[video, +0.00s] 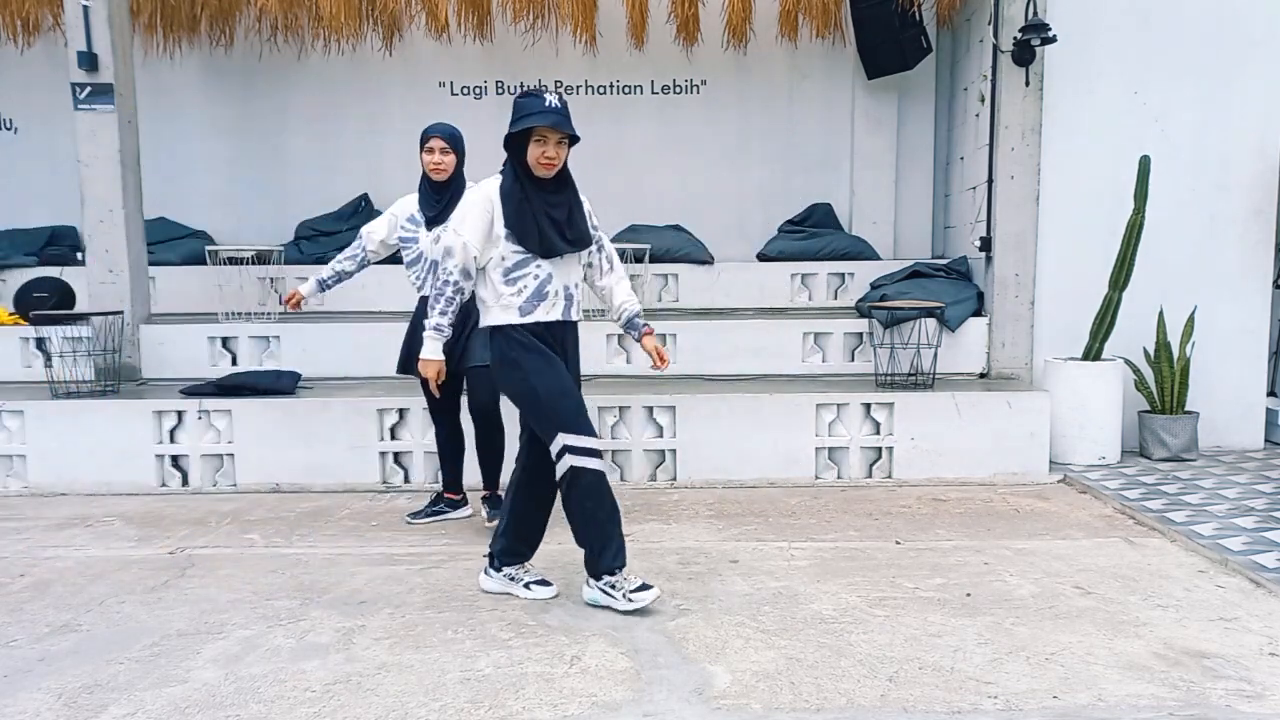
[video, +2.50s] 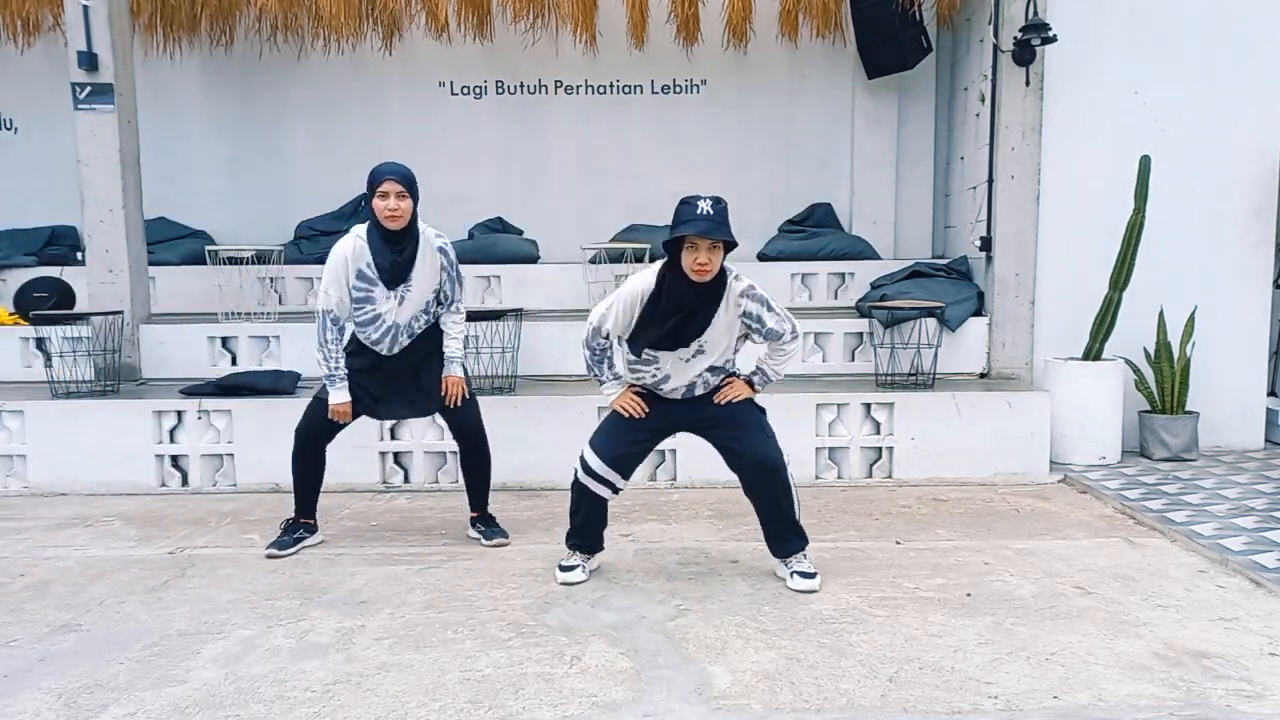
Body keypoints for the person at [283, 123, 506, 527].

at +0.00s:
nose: (437, 159)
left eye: (445, 152)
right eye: (430, 151)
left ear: (460, 157)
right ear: (420, 157)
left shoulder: (480, 204)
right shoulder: (405, 212)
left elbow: (505, 256)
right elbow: (359, 252)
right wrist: (309, 288)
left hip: (479, 311)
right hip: (434, 313)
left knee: (484, 406)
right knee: (443, 409)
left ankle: (493, 493)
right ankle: (453, 496)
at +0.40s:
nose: (438, 158)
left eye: (446, 151)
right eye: (429, 151)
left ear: (459, 159)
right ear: (418, 158)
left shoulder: (478, 211)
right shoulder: (395, 208)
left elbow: (497, 277)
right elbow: (375, 265)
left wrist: (509, 333)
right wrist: (366, 314)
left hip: (462, 325)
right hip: (410, 325)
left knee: (452, 420)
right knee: (415, 419)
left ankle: (454, 519)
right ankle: (443, 487)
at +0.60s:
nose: (435, 151)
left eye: (443, 144)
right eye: (426, 144)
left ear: (457, 151)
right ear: (416, 152)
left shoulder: (479, 207)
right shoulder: (393, 204)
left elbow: (494, 276)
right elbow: (378, 275)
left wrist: (497, 336)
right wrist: (378, 331)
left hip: (462, 328)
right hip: (406, 329)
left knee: (455, 425)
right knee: (376, 419)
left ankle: (454, 520)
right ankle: (403, 487)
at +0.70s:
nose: (431, 147)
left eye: (439, 140)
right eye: (423, 141)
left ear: (454, 148)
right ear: (412, 151)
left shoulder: (476, 204)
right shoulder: (388, 203)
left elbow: (491, 272)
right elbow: (374, 274)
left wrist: (485, 328)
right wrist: (373, 328)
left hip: (456, 325)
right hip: (400, 325)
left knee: (453, 425)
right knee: (369, 421)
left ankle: (453, 520)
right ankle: (360, 510)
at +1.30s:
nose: (377, 150)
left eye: (386, 142)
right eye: (368, 143)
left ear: (401, 146)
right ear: (358, 150)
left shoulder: (431, 199)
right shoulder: (342, 203)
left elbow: (447, 271)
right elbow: (337, 272)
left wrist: (437, 333)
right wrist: (354, 324)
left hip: (421, 323)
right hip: (363, 323)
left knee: (438, 428)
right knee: (316, 415)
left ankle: (453, 521)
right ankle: (304, 509)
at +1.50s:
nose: (334, 175)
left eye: (343, 167)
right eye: (325, 167)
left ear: (359, 171)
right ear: (317, 174)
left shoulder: (391, 211)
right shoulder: (307, 235)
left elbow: (413, 275)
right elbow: (311, 307)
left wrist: (403, 336)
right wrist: (328, 365)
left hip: (394, 340)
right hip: (336, 347)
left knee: (436, 435)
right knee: (303, 439)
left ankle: (454, 523)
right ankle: (305, 523)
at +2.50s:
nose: (393, 205)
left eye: (402, 196)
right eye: (383, 196)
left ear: (415, 201)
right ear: (370, 203)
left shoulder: (437, 247)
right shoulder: (347, 251)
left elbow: (453, 310)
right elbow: (329, 322)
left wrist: (454, 366)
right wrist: (337, 386)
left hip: (424, 364)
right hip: (365, 364)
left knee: (470, 424)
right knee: (309, 431)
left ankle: (481, 516)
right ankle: (303, 521)